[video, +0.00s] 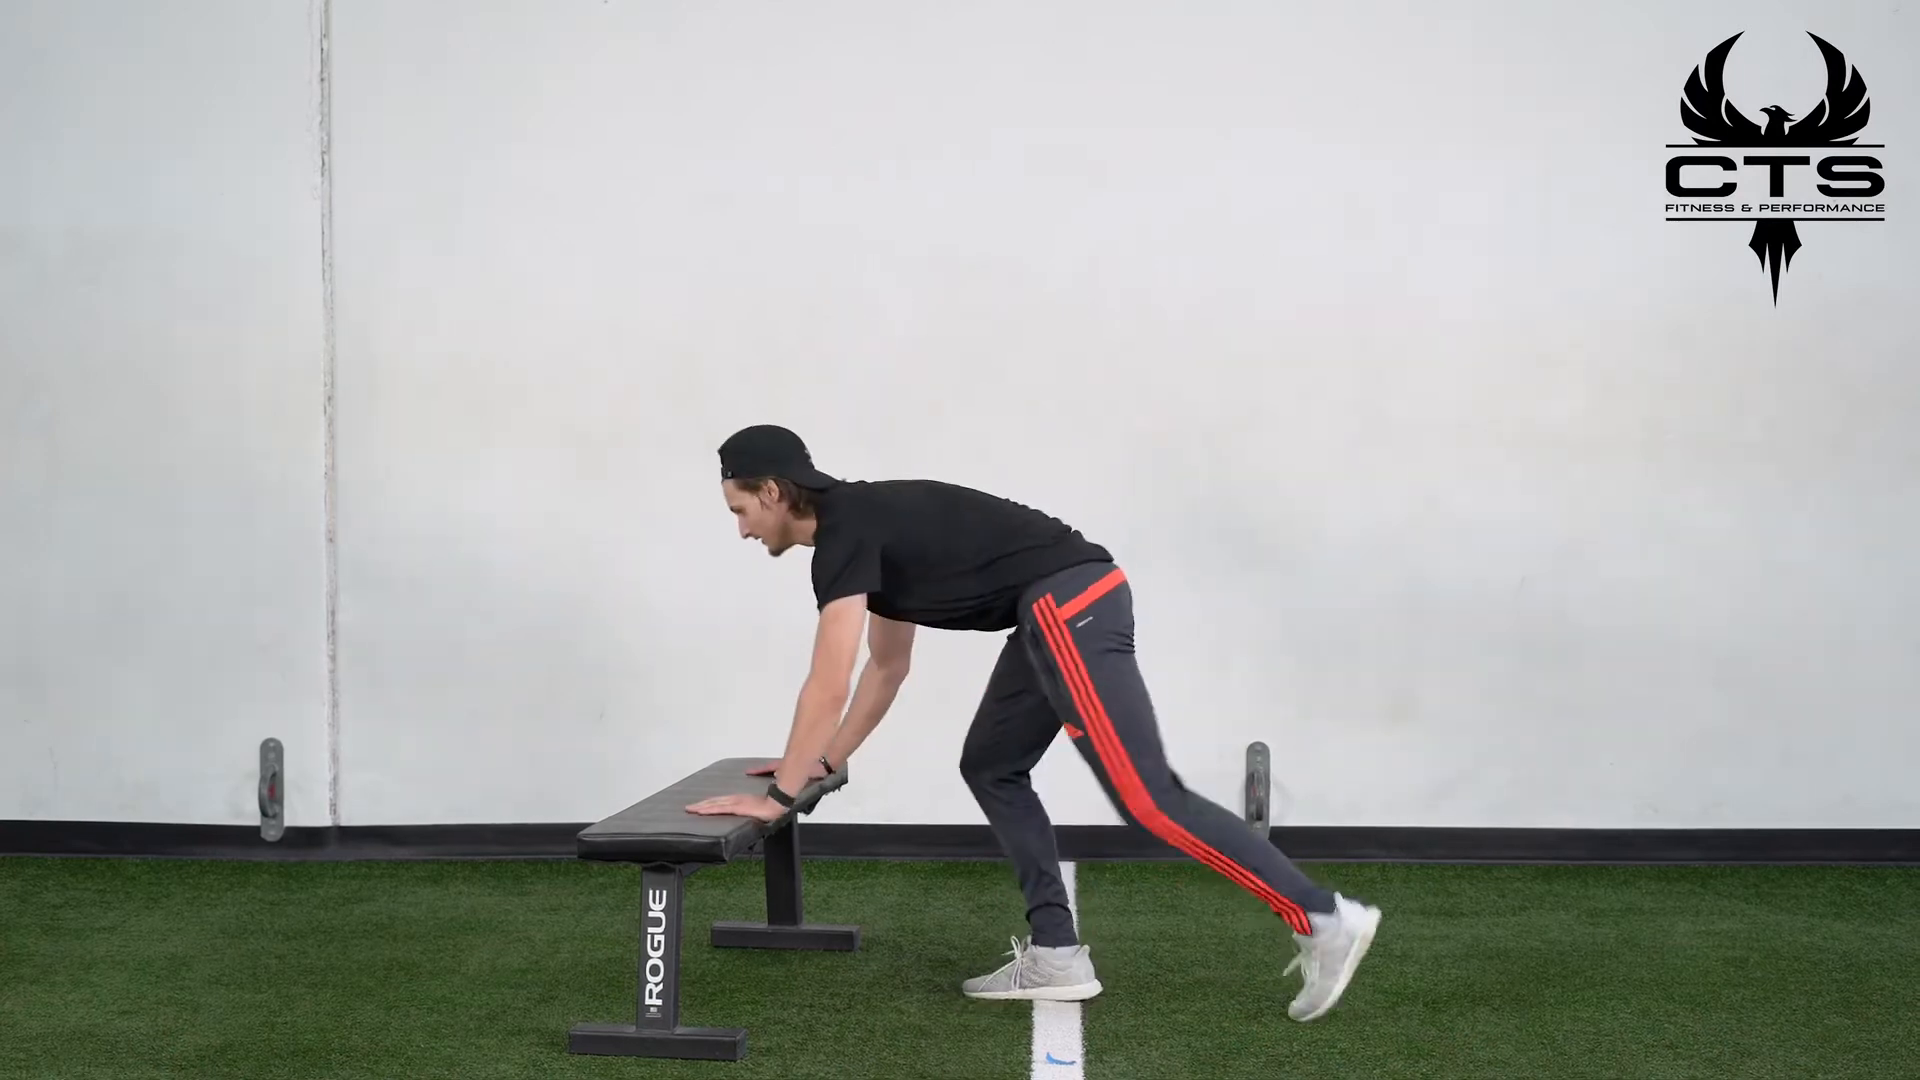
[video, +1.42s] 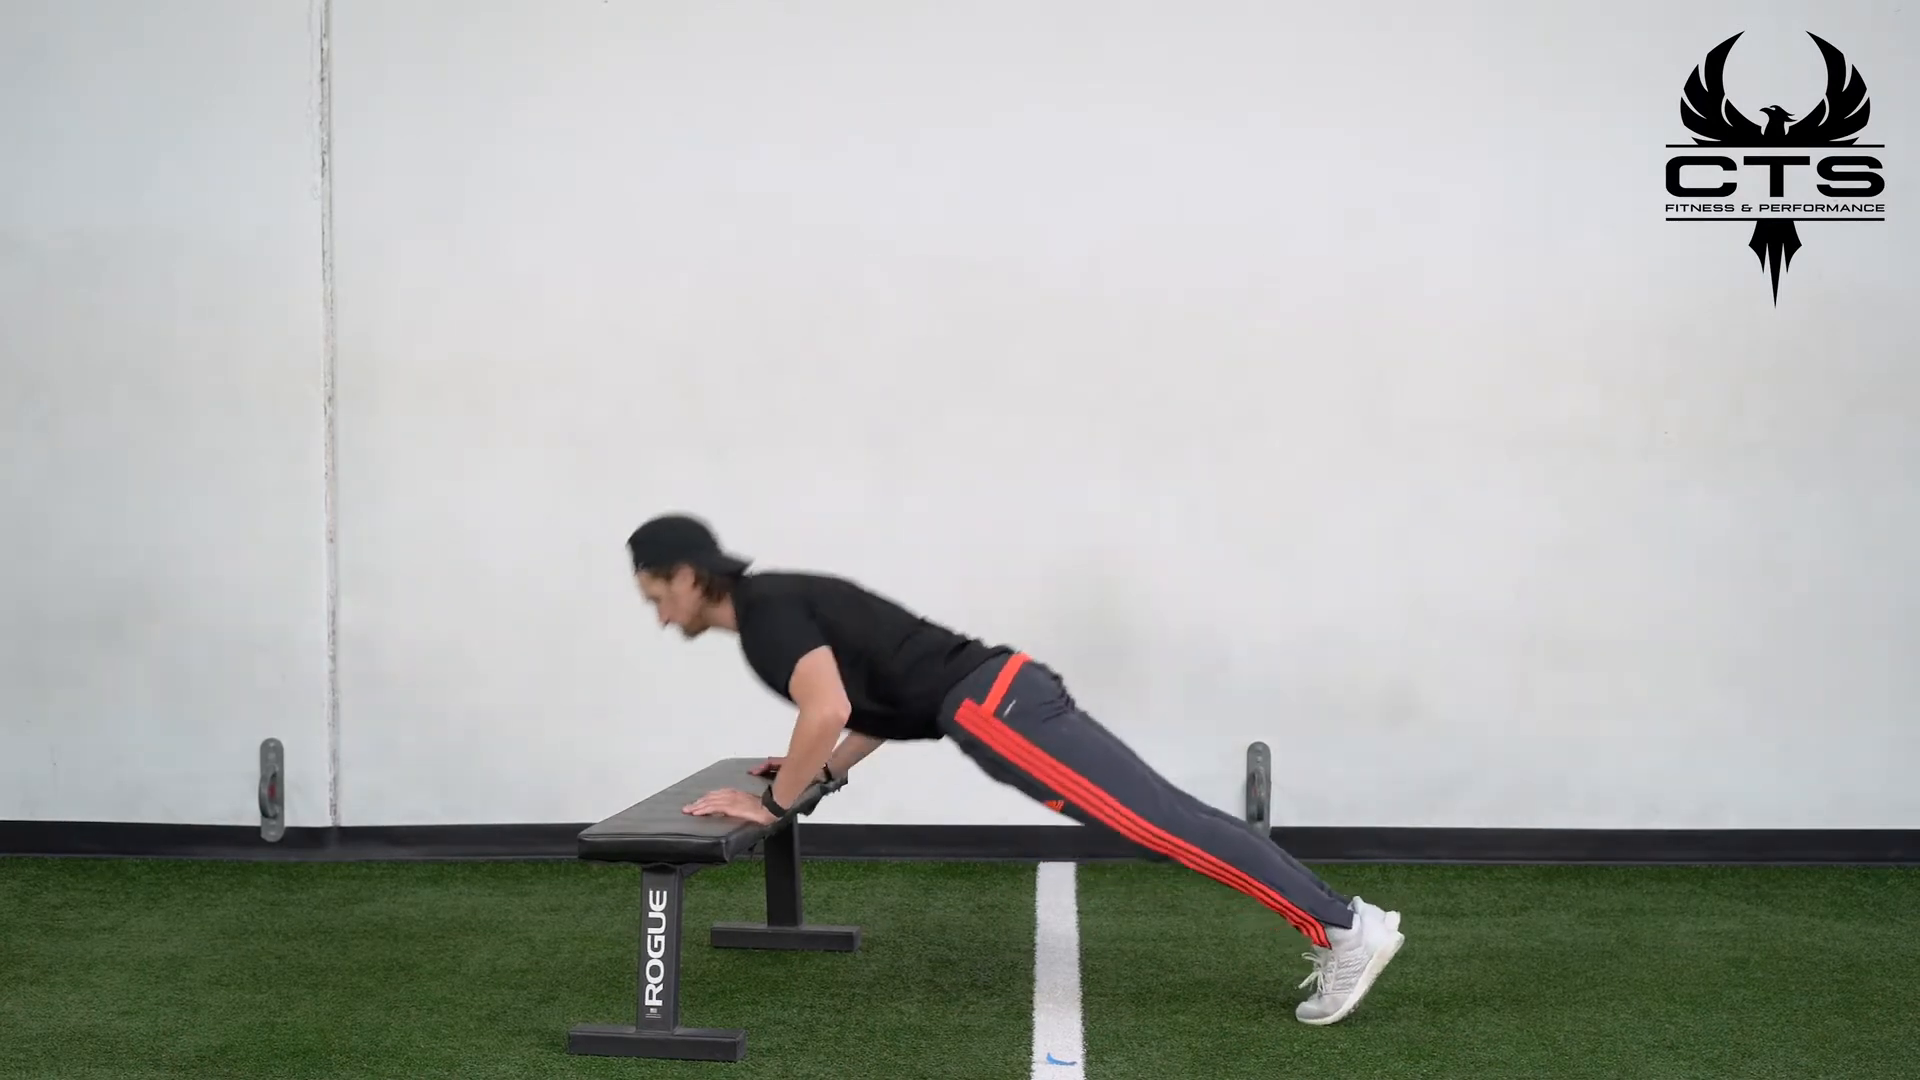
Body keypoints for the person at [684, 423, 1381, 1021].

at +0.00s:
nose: (738, 526)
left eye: (739, 508)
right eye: (734, 511)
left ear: (778, 492)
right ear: (782, 490)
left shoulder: (844, 531)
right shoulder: (872, 527)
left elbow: (828, 678)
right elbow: (885, 670)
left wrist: (778, 792)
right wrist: (825, 762)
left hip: (1070, 598)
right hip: (1052, 607)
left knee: (1148, 797)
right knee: (992, 765)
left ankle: (1328, 920)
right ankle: (1055, 953)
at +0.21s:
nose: (747, 527)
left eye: (749, 510)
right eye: (742, 513)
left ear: (792, 494)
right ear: (793, 495)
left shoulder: (856, 531)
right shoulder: (885, 536)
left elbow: (822, 676)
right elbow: (887, 670)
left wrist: (766, 791)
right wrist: (828, 763)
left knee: (1188, 793)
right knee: (981, 755)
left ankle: (1348, 941)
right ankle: (1069, 926)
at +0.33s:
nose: (738, 529)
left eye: (741, 512)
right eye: (734, 514)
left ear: (785, 497)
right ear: (784, 496)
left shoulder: (849, 536)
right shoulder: (867, 535)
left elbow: (828, 680)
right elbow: (885, 668)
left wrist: (771, 796)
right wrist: (832, 759)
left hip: (1081, 611)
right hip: (1059, 623)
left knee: (1189, 791)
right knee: (1030, 792)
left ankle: (1348, 940)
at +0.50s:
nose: (709, 529)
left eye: (712, 512)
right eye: (705, 513)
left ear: (755, 498)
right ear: (765, 496)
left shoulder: (824, 547)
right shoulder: (842, 535)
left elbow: (831, 690)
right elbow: (881, 678)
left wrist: (769, 797)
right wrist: (819, 768)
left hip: (1045, 641)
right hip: (1046, 637)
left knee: (1171, 806)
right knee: (1161, 808)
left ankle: (1348, 939)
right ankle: (1345, 918)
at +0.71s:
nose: (654, 601)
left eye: (656, 583)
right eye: (651, 585)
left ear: (693, 574)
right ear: (700, 570)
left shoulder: (775, 610)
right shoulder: (786, 603)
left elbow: (843, 722)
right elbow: (858, 726)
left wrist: (782, 799)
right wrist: (797, 774)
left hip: (995, 717)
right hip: (995, 710)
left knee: (1160, 830)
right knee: (1160, 825)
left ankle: (1353, 931)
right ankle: (1341, 927)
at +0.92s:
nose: (610, 722)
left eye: (609, 706)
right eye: (604, 710)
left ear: (639, 685)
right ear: (650, 676)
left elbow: (801, 698)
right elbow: (890, 673)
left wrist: (771, 805)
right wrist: (830, 763)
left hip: (951, 766)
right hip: (959, 750)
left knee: (1130, 859)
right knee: (1133, 843)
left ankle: (1340, 928)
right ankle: (1331, 922)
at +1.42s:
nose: (652, 609)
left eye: (653, 591)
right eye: (647, 594)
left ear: (689, 576)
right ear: (692, 577)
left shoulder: (762, 608)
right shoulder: (783, 600)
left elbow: (824, 710)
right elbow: (879, 708)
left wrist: (772, 804)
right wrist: (814, 771)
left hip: (996, 704)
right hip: (997, 700)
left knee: (1162, 822)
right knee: (1164, 816)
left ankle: (1350, 929)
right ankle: (1339, 924)